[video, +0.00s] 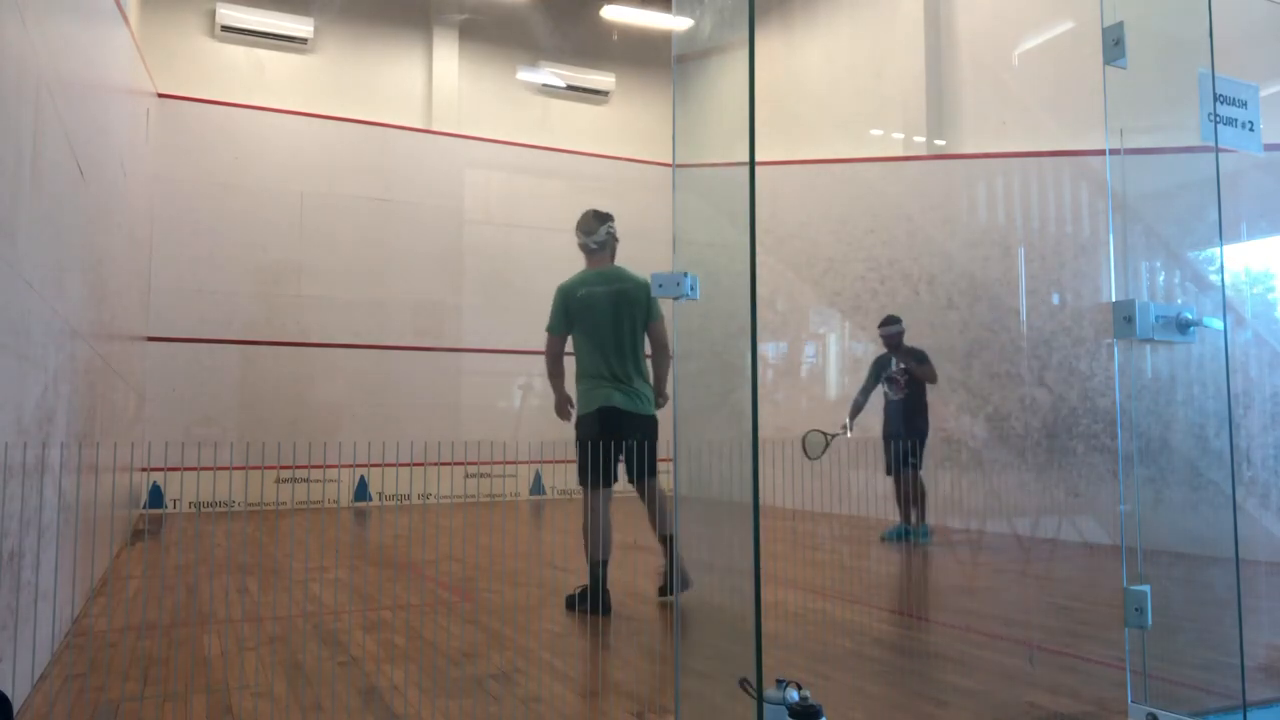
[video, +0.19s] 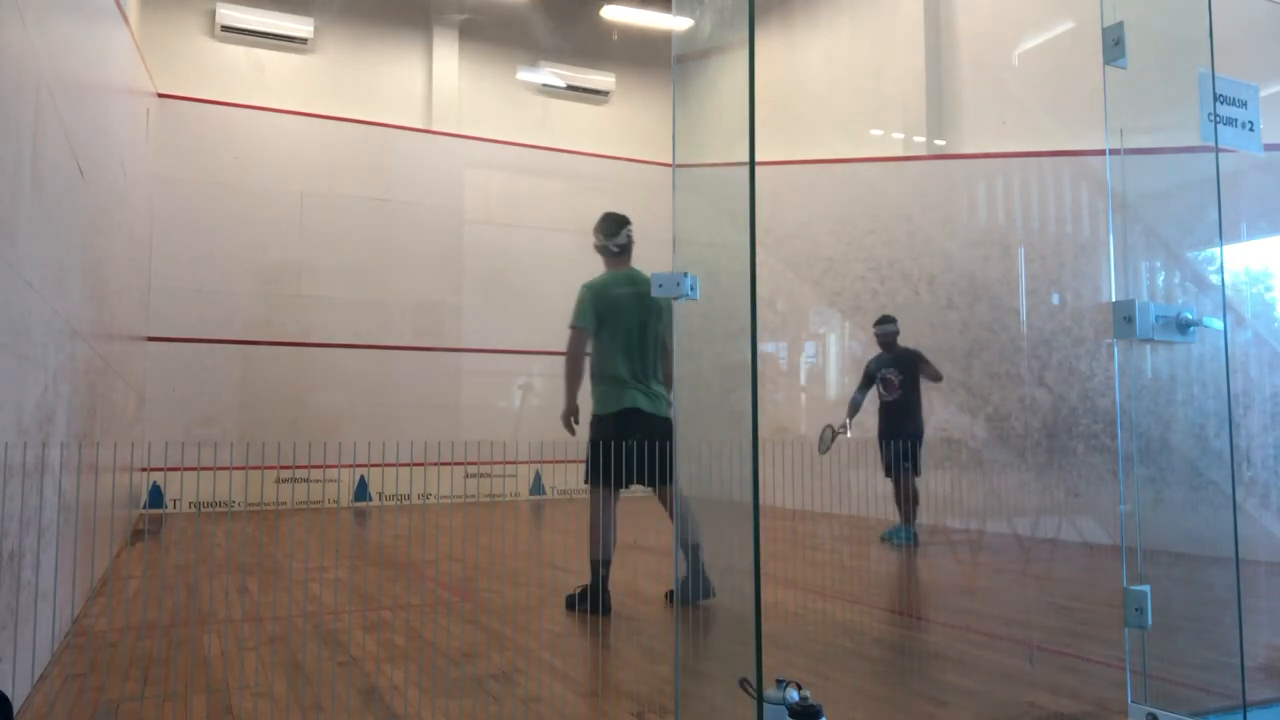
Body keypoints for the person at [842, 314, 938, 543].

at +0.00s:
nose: (887, 341)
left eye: (891, 336)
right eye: (884, 337)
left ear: (901, 334)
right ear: (880, 337)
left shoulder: (917, 356)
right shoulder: (881, 362)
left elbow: (932, 378)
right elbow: (865, 391)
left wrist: (910, 364)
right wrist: (850, 418)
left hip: (914, 424)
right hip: (892, 425)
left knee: (911, 474)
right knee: (898, 476)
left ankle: (921, 524)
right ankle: (905, 523)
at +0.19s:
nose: (884, 340)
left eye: (888, 334)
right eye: (879, 335)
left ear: (897, 333)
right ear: (874, 336)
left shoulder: (910, 356)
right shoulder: (874, 364)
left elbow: (937, 377)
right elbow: (860, 394)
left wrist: (919, 366)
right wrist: (848, 418)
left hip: (909, 425)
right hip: (887, 427)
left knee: (906, 477)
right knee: (896, 478)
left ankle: (909, 527)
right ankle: (903, 524)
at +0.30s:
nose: (880, 336)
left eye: (884, 332)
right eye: (876, 332)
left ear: (894, 332)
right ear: (873, 334)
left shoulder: (910, 358)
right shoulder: (872, 364)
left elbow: (939, 382)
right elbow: (859, 394)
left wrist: (937, 396)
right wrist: (850, 417)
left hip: (907, 426)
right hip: (884, 427)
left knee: (906, 478)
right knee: (893, 480)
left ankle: (909, 528)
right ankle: (903, 524)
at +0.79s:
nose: (874, 329)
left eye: (879, 324)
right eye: (871, 324)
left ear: (891, 327)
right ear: (868, 327)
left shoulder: (905, 358)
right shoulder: (862, 359)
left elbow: (912, 396)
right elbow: (852, 391)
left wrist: (908, 426)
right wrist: (868, 396)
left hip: (898, 426)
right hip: (872, 426)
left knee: (903, 477)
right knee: (868, 476)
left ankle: (909, 528)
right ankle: (895, 514)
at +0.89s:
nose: (871, 328)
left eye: (877, 324)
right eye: (869, 324)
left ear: (889, 327)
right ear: (865, 327)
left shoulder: (900, 357)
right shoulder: (859, 358)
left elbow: (899, 392)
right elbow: (851, 387)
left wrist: (891, 421)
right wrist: (874, 385)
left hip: (895, 424)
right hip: (869, 423)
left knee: (901, 479)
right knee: (855, 476)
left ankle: (908, 528)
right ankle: (883, 510)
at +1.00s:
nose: (866, 329)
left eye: (872, 324)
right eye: (864, 324)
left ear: (883, 328)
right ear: (860, 327)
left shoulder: (893, 357)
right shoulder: (854, 358)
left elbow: (887, 391)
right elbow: (850, 384)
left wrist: (865, 413)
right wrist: (875, 379)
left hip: (889, 427)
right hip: (863, 426)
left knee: (898, 478)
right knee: (841, 472)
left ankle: (907, 529)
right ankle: (862, 519)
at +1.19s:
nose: (841, 332)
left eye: (845, 328)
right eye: (840, 328)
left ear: (859, 330)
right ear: (841, 332)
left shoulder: (878, 358)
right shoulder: (836, 360)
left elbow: (872, 386)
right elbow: (833, 383)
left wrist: (841, 381)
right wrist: (859, 383)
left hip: (875, 431)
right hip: (847, 431)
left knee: (890, 479)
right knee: (826, 476)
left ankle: (906, 528)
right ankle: (807, 525)